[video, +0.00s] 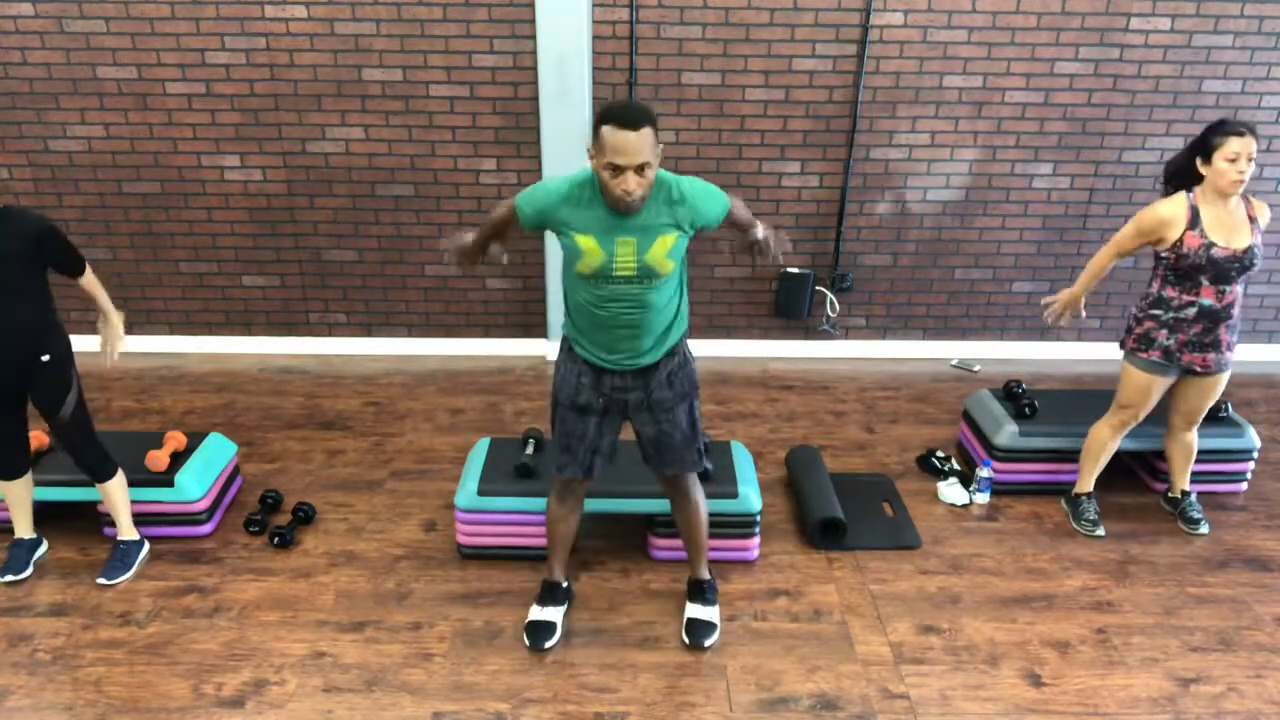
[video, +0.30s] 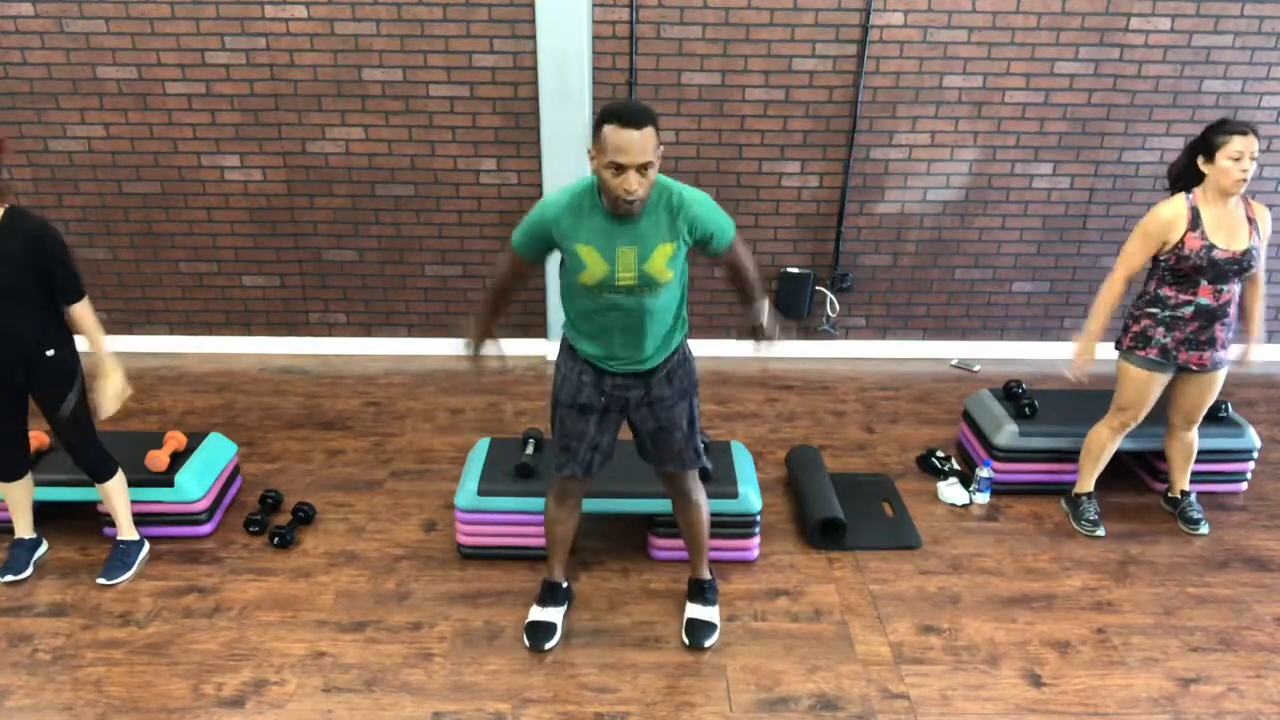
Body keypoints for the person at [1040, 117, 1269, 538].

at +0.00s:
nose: (1244, 169)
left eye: (1249, 161)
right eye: (1234, 159)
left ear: (1254, 165)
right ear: (1204, 164)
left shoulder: (1256, 213)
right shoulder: (1171, 213)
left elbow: (1226, 265)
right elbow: (1112, 250)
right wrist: (1075, 293)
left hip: (1215, 340)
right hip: (1161, 334)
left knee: (1187, 425)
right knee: (1123, 416)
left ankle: (1180, 494)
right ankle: (1081, 493)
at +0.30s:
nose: (1247, 167)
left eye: (1252, 159)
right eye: (1236, 158)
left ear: (1256, 164)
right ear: (1205, 163)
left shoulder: (1256, 217)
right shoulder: (1172, 213)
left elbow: (1254, 281)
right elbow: (1121, 275)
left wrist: (1252, 338)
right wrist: (1089, 337)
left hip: (1211, 338)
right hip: (1157, 333)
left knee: (1187, 424)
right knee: (1122, 418)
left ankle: (1180, 494)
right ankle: (1081, 493)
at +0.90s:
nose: (1233, 275)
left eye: (1238, 265)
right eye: (1222, 265)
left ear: (1244, 268)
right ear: (1192, 271)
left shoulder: (1242, 307)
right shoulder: (1163, 299)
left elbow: (1272, 365)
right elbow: (1163, 370)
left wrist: (1274, 328)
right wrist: (1224, 328)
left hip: (1169, 364)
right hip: (1112, 357)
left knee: (1211, 434)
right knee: (1117, 432)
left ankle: (1178, 493)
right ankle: (1080, 494)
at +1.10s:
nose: (1226, 298)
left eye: (1232, 288)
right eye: (1215, 289)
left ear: (1238, 291)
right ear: (1187, 292)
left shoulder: (1238, 327)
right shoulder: (1157, 321)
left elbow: (1269, 387)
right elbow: (1154, 393)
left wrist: (1275, 366)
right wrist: (1222, 359)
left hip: (1164, 375)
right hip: (1108, 369)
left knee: (1213, 438)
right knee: (1121, 436)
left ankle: (1178, 494)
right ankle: (1081, 495)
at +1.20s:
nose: (1229, 285)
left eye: (1235, 275)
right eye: (1219, 276)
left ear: (1241, 277)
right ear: (1190, 279)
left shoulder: (1244, 318)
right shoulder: (1160, 307)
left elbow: (1270, 370)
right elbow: (1141, 381)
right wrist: (1213, 384)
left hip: (1173, 372)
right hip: (1110, 363)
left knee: (1213, 437)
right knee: (1119, 435)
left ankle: (1178, 494)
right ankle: (1079, 495)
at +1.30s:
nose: (1234, 258)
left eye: (1240, 248)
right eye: (1224, 249)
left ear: (1246, 252)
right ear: (1195, 252)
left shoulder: (1249, 294)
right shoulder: (1165, 283)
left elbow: (1277, 344)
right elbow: (1125, 356)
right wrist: (1169, 403)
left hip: (1177, 358)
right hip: (1122, 350)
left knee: (1212, 433)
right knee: (1117, 434)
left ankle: (1179, 494)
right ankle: (1079, 494)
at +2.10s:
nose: (1245, 172)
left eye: (1250, 163)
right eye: (1234, 163)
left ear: (1254, 166)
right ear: (1203, 166)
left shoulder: (1255, 213)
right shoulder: (1171, 214)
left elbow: (1226, 269)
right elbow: (1106, 252)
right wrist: (1059, 295)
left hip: (1210, 341)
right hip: (1157, 335)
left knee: (1183, 425)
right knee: (1120, 416)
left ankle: (1179, 494)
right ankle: (1081, 494)